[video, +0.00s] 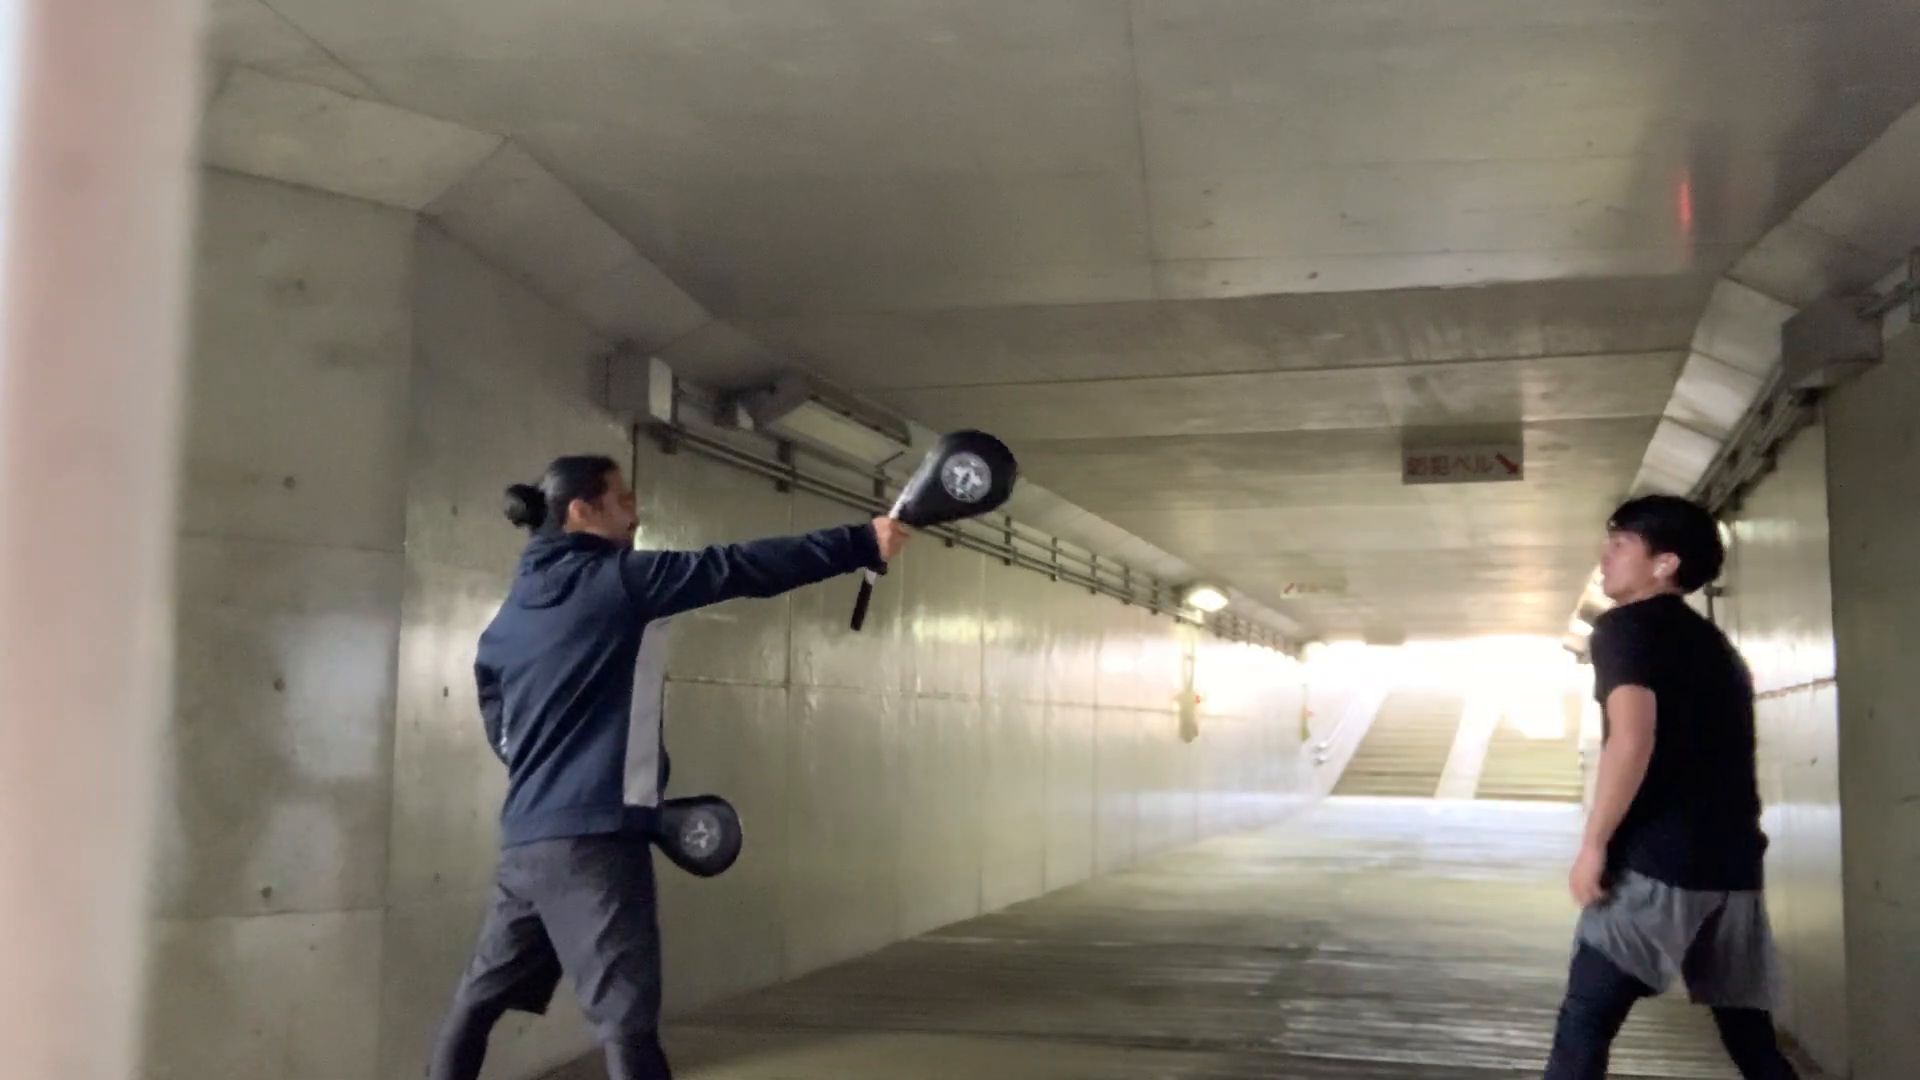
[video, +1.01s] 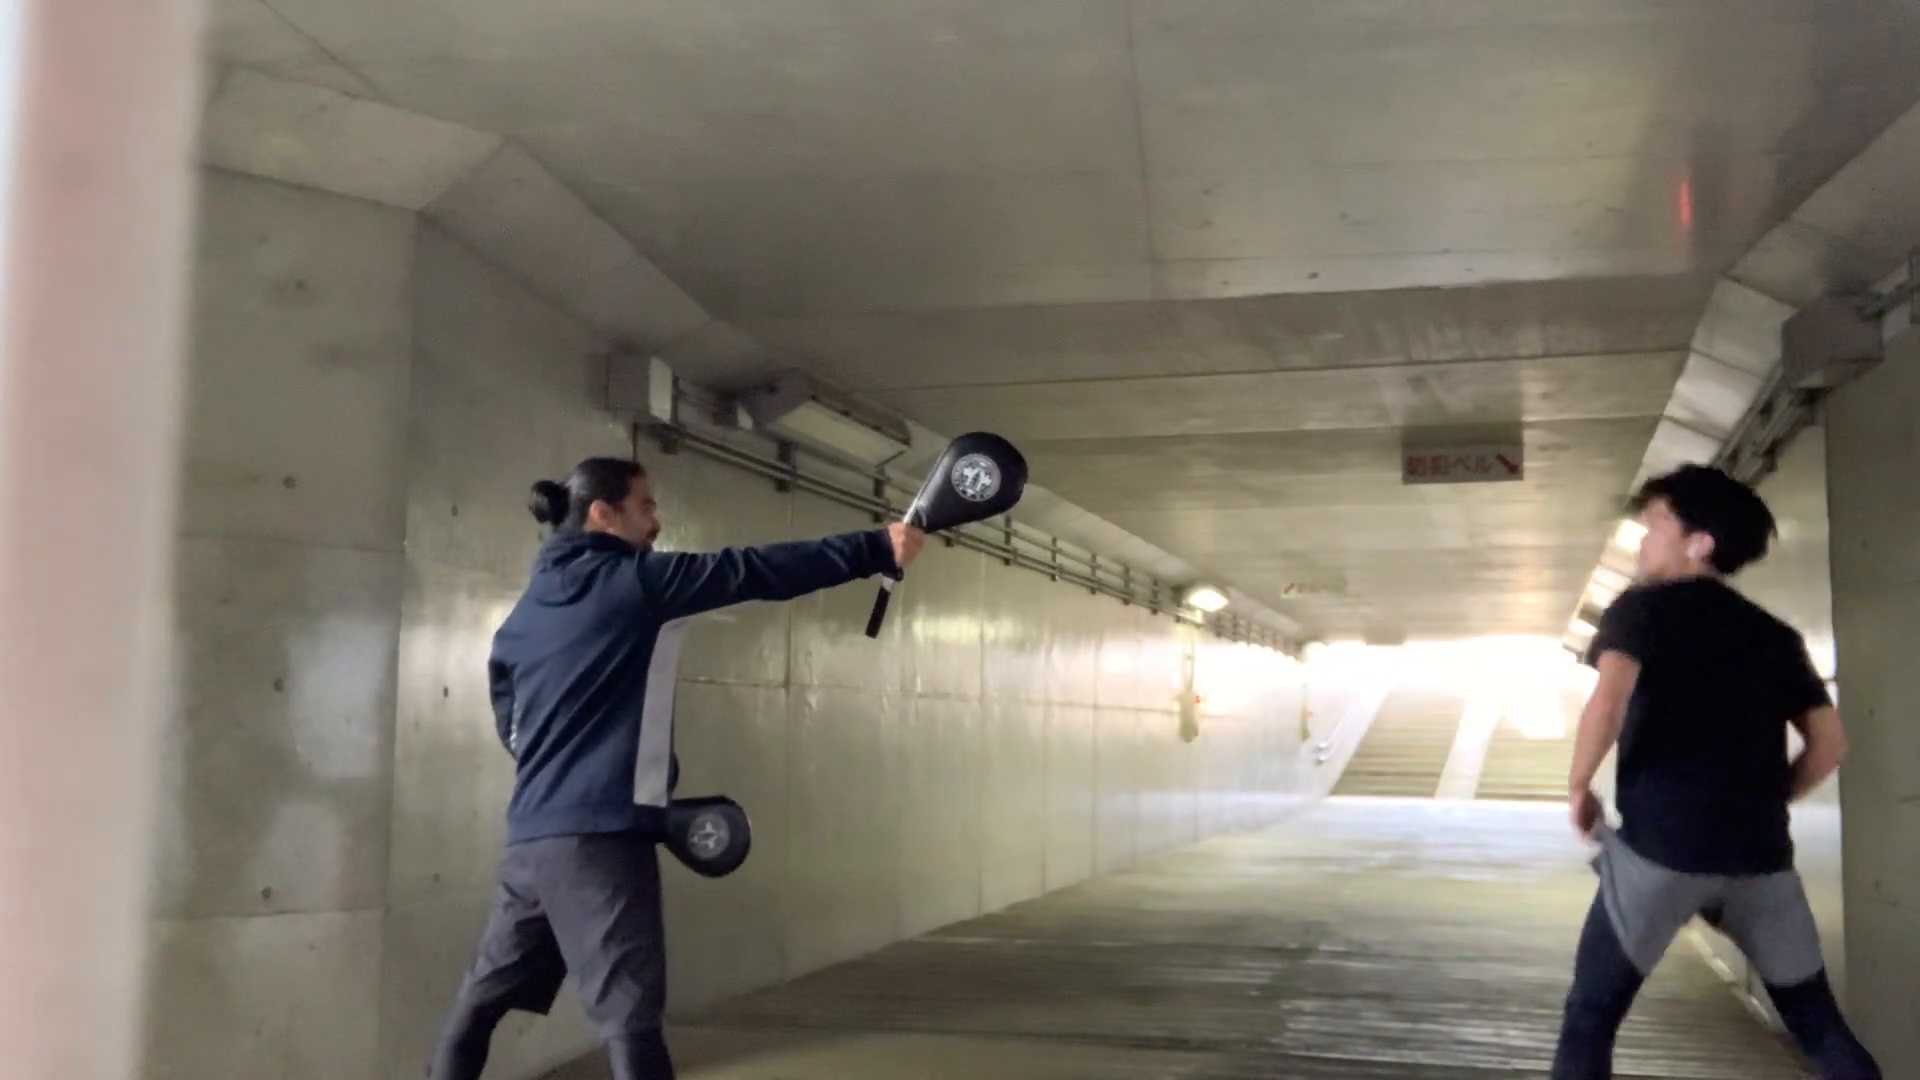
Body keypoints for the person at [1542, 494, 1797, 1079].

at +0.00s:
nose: (1603, 555)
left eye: (1619, 544)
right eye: (1610, 541)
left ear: (1665, 564)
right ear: (1667, 569)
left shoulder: (1625, 627)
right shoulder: (1719, 646)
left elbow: (1631, 735)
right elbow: (1732, 764)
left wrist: (1593, 843)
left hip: (1657, 868)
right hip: (1736, 872)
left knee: (1583, 1031)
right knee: (1753, 1040)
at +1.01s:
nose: (1641, 539)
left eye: (1655, 525)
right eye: (1646, 524)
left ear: (1700, 544)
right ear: (1704, 547)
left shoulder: (1643, 608)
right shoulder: (1774, 633)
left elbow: (1611, 697)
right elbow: (1828, 745)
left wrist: (1580, 785)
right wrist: (1768, 794)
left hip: (1661, 847)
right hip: (1760, 852)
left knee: (1590, 1019)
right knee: (1820, 1024)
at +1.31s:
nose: (1628, 534)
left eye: (1644, 523)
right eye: (1635, 520)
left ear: (1688, 546)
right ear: (1691, 551)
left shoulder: (1637, 603)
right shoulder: (1745, 636)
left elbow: (1630, 693)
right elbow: (1795, 755)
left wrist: (1573, 777)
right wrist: (1729, 801)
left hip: (1650, 852)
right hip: (1738, 859)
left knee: (1561, 1007)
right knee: (1791, 1025)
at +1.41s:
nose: (1595, 578)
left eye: (1613, 568)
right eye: (1601, 565)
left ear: (1660, 596)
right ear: (1663, 599)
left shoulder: (1635, 657)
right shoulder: (1701, 682)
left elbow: (1644, 748)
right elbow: (1702, 803)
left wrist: (1553, 841)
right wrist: (1616, 849)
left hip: (1655, 902)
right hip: (1728, 904)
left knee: (1516, 1014)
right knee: (1789, 1059)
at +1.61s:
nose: (1548, 566)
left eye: (1566, 554)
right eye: (1555, 553)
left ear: (1610, 582)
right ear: (1602, 583)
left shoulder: (1605, 667)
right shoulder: (1554, 666)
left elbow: (1635, 776)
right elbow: (1495, 748)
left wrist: (1527, 795)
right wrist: (1384, 732)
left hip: (1524, 891)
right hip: (1498, 878)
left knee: (1415, 1034)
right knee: (1489, 1044)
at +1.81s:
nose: (1484, 586)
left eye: (1502, 575)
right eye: (1490, 571)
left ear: (1551, 598)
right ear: (1526, 590)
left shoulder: (1555, 730)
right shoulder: (1454, 631)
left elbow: (1548, 855)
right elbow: (1354, 593)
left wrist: (1474, 935)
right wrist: (1290, 519)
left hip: (1372, 870)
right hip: (1317, 787)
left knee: (1374, 1044)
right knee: (1164, 732)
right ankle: (1060, 855)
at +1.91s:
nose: (1449, 633)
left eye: (1469, 626)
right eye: (1455, 619)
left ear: (1520, 653)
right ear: (1453, 619)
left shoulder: (1489, 775)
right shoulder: (1400, 651)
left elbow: (1502, 895)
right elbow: (1306, 612)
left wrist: (1427, 853)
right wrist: (1241, 576)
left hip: (1286, 856)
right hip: (1237, 755)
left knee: (1312, 1025)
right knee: (1103, 662)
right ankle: (1049, 545)